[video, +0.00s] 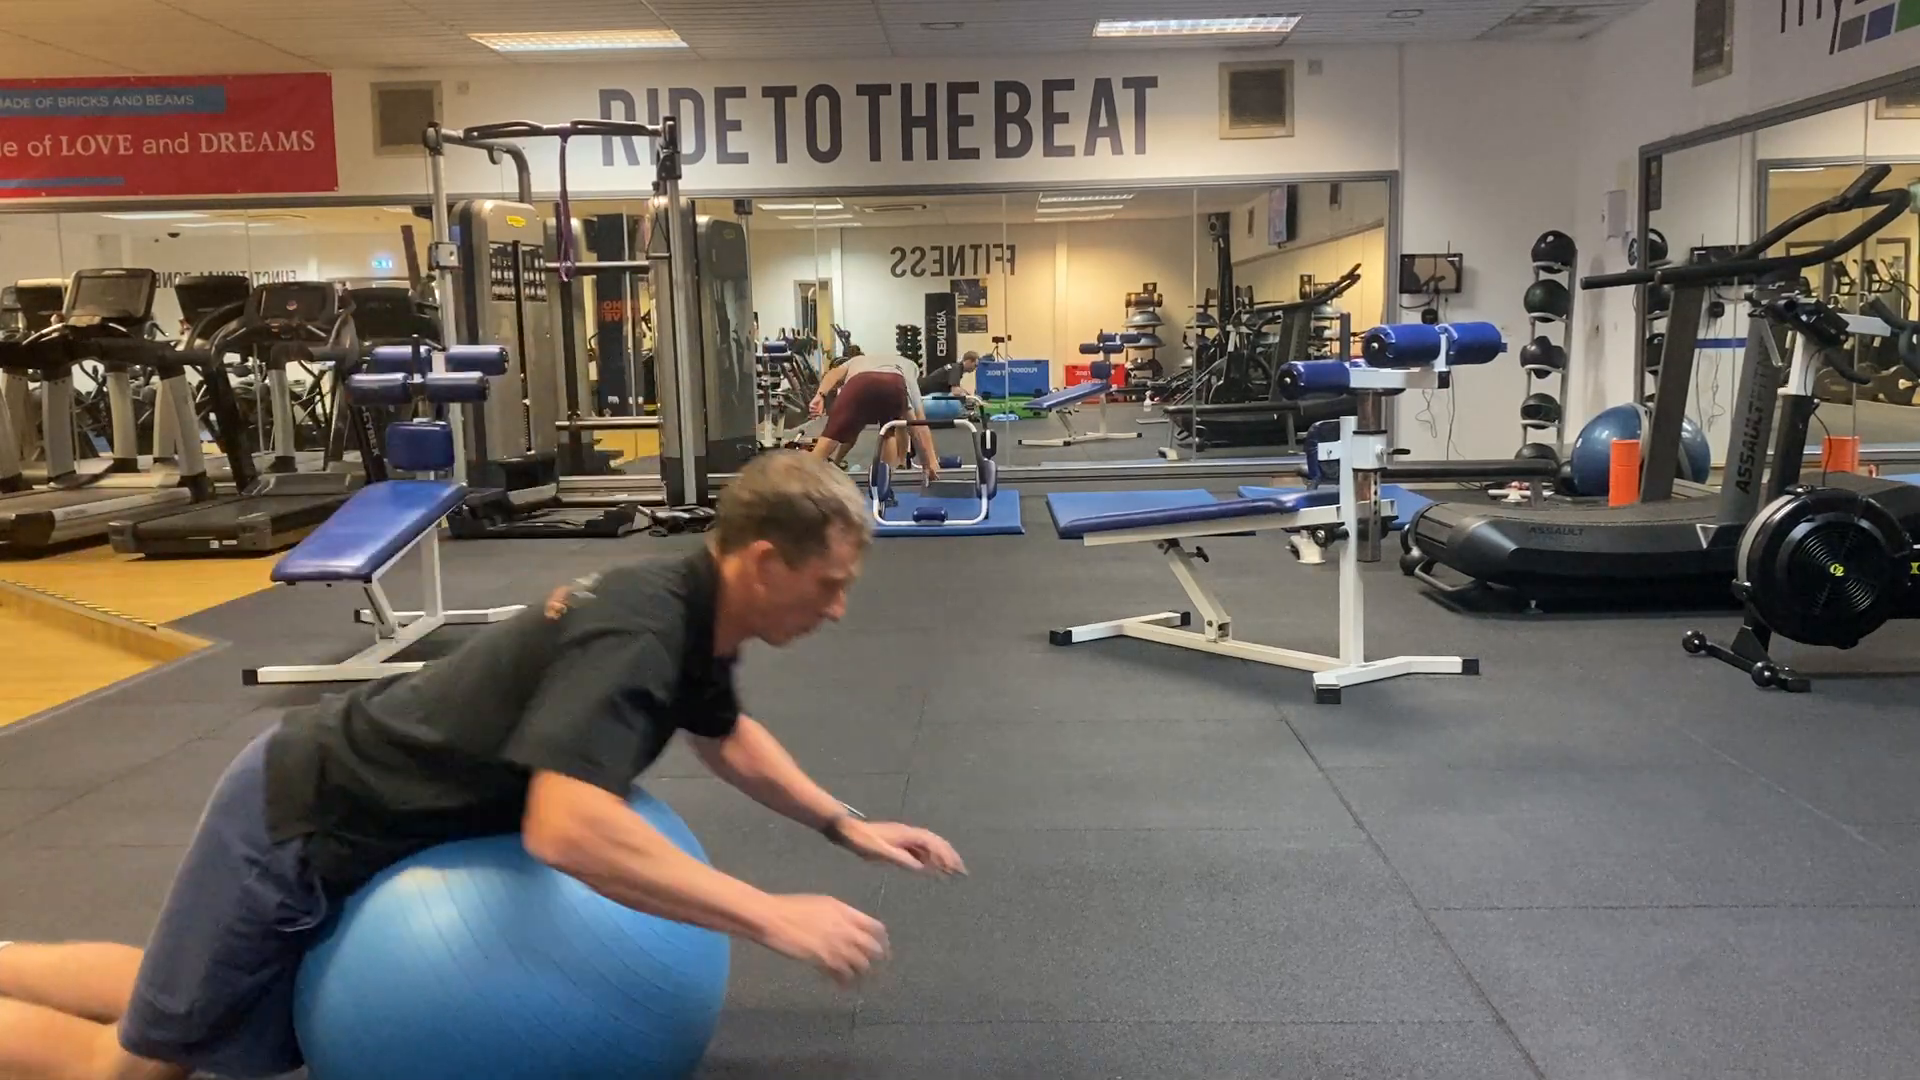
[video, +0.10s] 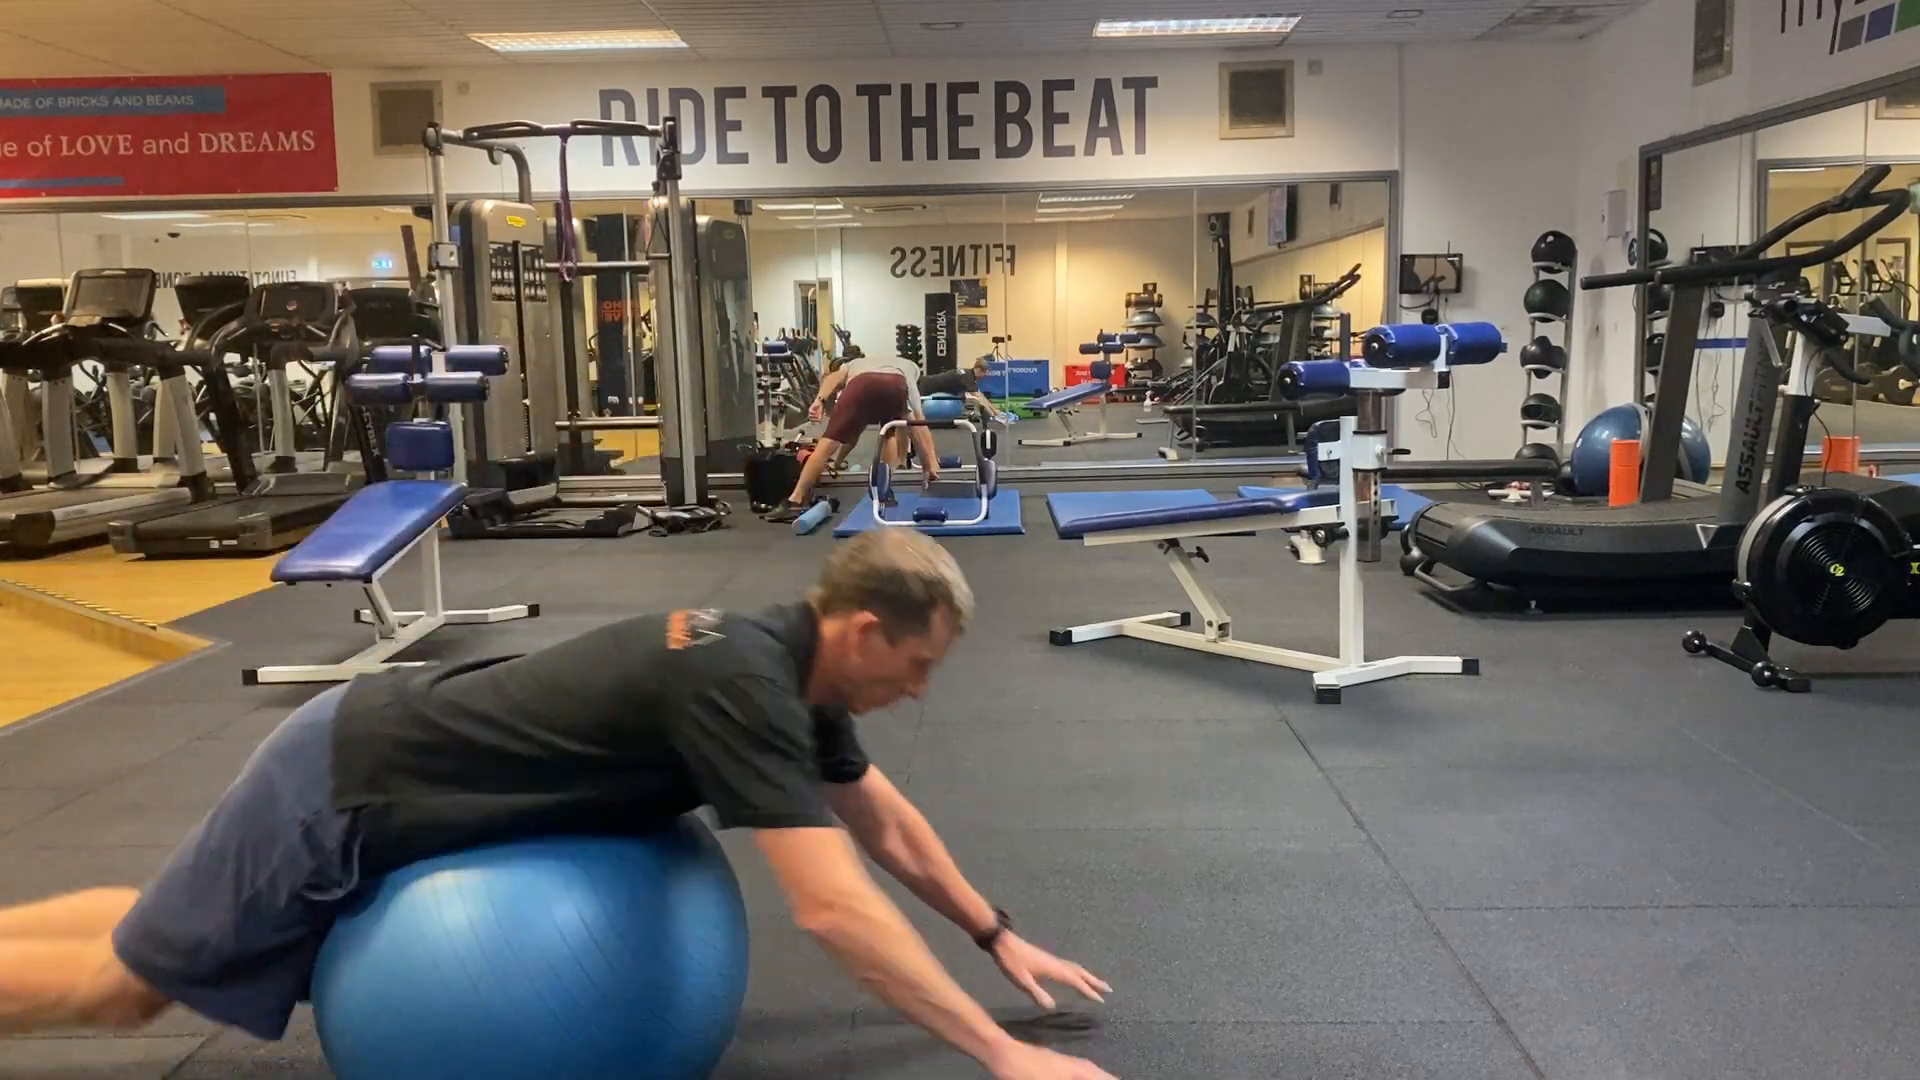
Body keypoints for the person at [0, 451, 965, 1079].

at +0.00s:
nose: (840, 606)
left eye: (847, 586)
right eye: (832, 585)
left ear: (764, 561)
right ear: (759, 562)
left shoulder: (693, 609)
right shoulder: (641, 634)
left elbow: (725, 740)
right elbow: (564, 829)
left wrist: (844, 824)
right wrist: (766, 913)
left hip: (333, 777)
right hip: (296, 804)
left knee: (185, 1006)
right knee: (148, 1066)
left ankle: (0, 973)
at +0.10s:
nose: (915, 692)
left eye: (925, 674)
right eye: (916, 669)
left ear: (860, 624)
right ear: (860, 634)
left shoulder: (794, 672)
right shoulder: (741, 679)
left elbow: (888, 822)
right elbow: (836, 907)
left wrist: (1003, 936)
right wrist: (997, 1044)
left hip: (385, 740)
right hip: (348, 768)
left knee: (147, 932)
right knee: (120, 984)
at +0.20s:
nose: (988, 752)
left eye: (999, 735)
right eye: (993, 730)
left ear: (941, 673)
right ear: (944, 691)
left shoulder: (850, 683)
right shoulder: (839, 732)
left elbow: (941, 894)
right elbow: (956, 946)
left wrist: (1039, 999)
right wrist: (1067, 1059)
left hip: (456, 667)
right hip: (430, 713)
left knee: (142, 846)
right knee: (128, 863)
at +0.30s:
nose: (1033, 804)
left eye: (1048, 789)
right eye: (1043, 785)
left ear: (998, 709)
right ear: (1005, 743)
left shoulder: (901, 692)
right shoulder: (891, 761)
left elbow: (937, 892)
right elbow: (957, 975)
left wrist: (1015, 998)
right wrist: (1036, 1057)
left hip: (519, 657)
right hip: (501, 700)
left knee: (209, 798)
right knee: (199, 817)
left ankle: (16, 839)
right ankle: (4, 847)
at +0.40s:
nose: (1084, 817)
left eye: (1101, 803)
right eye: (1098, 799)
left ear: (1055, 712)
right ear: (1068, 754)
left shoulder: (960, 688)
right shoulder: (944, 766)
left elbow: (956, 887)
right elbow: (976, 995)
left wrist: (1019, 999)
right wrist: (1041, 1061)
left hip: (584, 659)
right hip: (570, 713)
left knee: (270, 786)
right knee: (244, 825)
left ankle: (35, 810)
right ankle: (16, 842)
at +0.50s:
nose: (1147, 806)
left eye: (1162, 789)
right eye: (1156, 788)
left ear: (1108, 705)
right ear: (1116, 740)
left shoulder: (1012, 694)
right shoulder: (991, 767)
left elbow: (983, 904)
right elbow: (996, 997)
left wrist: (1037, 1005)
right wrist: (1063, 1066)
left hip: (640, 678)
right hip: (621, 722)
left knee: (319, 793)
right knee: (305, 829)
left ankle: (52, 792)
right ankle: (29, 860)